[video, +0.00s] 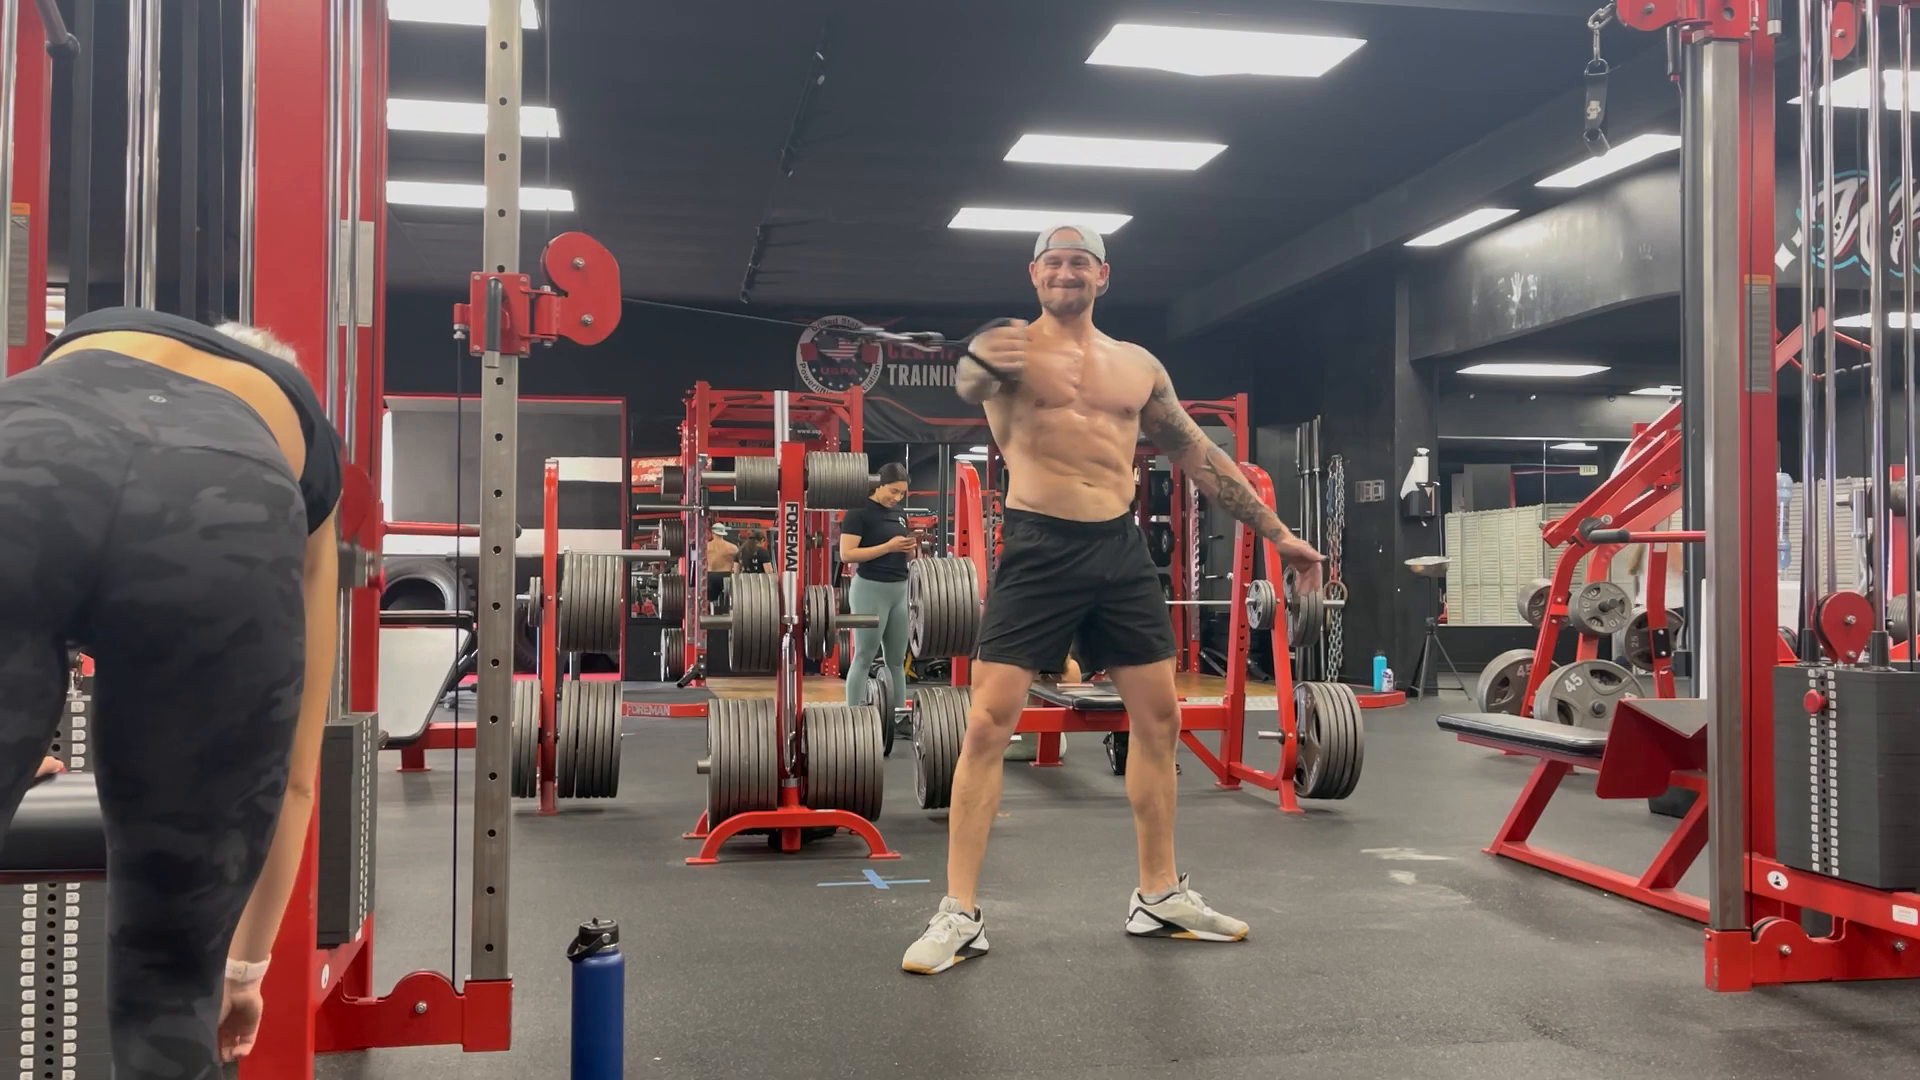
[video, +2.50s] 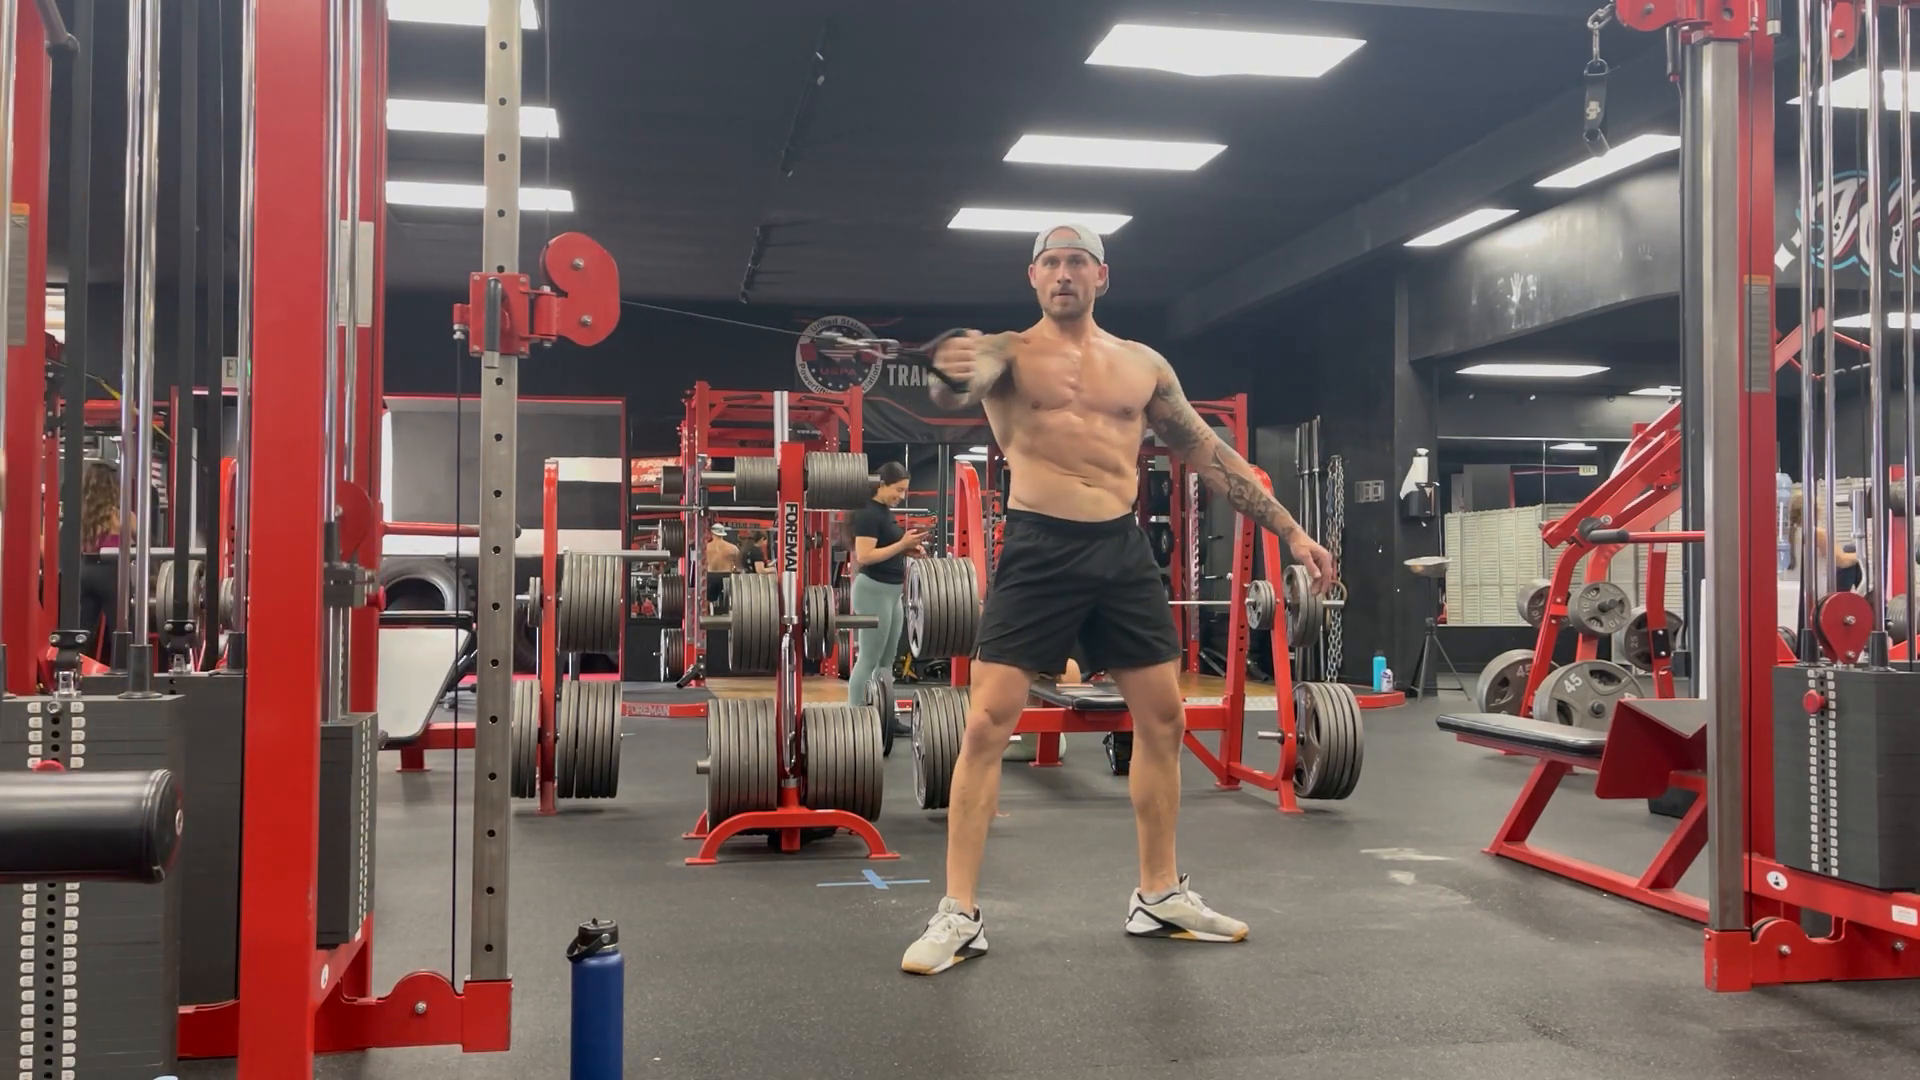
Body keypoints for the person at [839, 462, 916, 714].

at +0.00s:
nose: (898, 498)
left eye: (902, 493)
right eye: (894, 491)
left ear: (905, 490)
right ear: (880, 484)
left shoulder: (898, 513)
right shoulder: (858, 513)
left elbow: (905, 557)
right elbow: (846, 553)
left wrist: (910, 548)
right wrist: (887, 547)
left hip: (899, 591)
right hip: (870, 590)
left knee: (896, 661)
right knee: (864, 657)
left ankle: (900, 719)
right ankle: (852, 718)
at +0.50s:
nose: (898, 499)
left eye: (902, 494)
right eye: (894, 492)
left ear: (905, 491)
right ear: (880, 485)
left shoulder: (898, 514)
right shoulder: (858, 514)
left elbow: (905, 557)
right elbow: (846, 554)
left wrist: (911, 548)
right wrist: (887, 547)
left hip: (899, 592)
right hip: (870, 590)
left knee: (896, 661)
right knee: (863, 658)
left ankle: (899, 721)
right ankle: (853, 720)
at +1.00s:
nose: (897, 499)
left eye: (901, 495)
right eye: (893, 493)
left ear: (904, 491)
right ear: (880, 485)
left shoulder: (897, 514)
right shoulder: (858, 513)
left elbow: (903, 551)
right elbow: (850, 554)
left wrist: (909, 549)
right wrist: (891, 546)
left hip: (898, 591)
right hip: (869, 590)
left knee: (896, 661)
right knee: (863, 659)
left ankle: (899, 720)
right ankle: (853, 720)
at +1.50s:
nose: (891, 498)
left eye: (896, 493)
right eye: (887, 491)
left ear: (899, 490)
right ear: (873, 484)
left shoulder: (893, 515)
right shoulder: (853, 514)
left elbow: (902, 553)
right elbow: (843, 555)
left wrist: (906, 549)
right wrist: (883, 548)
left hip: (895, 590)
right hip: (866, 589)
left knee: (895, 662)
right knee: (861, 659)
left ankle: (897, 721)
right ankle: (853, 721)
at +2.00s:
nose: (887, 497)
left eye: (890, 493)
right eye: (884, 491)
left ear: (891, 489)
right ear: (868, 484)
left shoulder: (877, 512)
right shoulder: (849, 512)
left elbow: (873, 549)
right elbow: (838, 555)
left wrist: (895, 545)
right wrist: (882, 549)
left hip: (881, 590)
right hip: (855, 589)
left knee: (885, 660)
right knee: (854, 659)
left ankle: (891, 720)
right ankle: (851, 721)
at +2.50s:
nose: (902, 496)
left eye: (904, 491)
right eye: (899, 490)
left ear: (897, 487)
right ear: (884, 484)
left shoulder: (885, 513)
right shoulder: (869, 513)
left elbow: (883, 549)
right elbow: (863, 556)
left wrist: (905, 549)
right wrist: (901, 545)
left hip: (892, 592)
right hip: (873, 590)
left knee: (886, 661)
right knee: (868, 660)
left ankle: (880, 717)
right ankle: (855, 718)